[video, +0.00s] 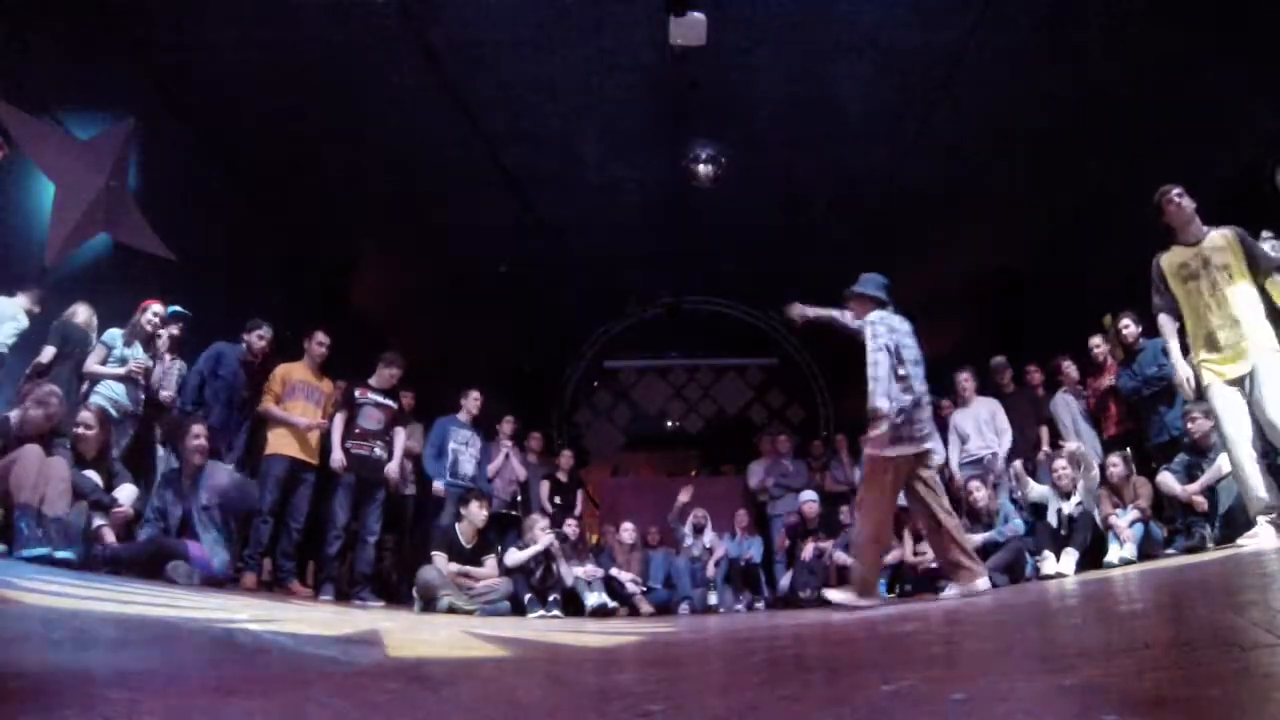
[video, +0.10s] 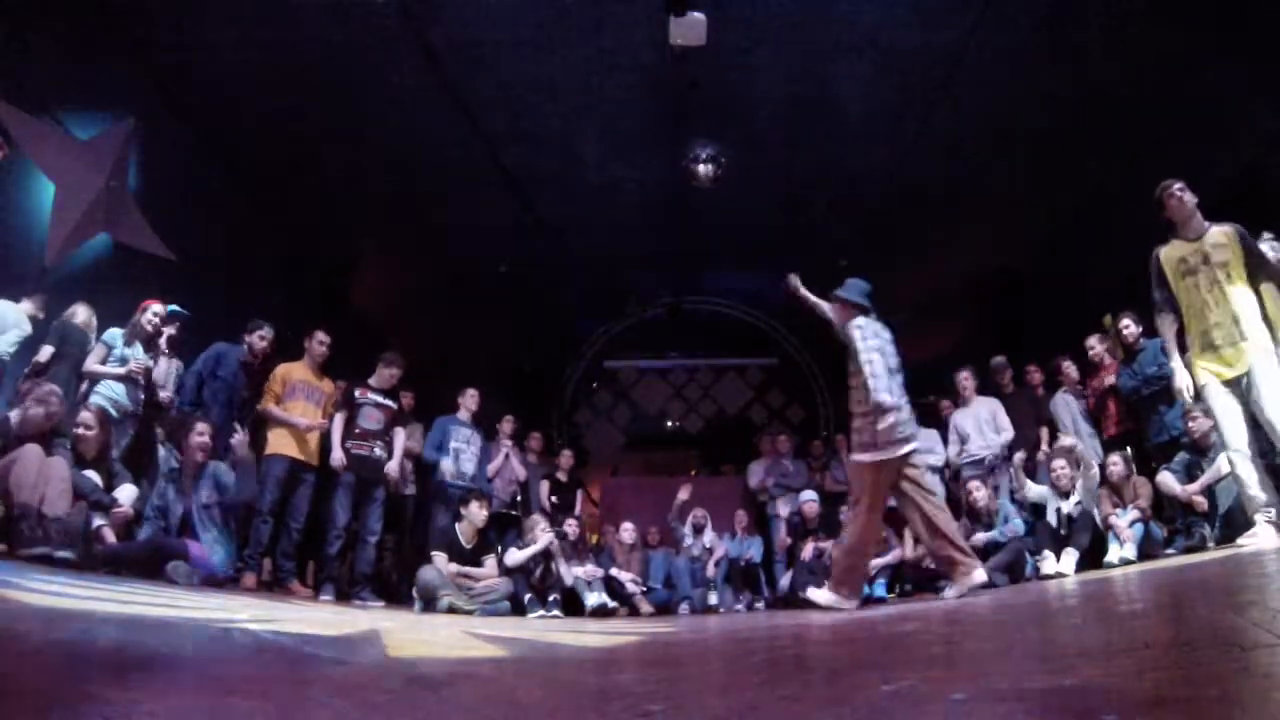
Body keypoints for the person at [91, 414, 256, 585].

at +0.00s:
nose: (203, 444)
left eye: (206, 438)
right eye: (196, 438)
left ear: (210, 444)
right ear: (181, 443)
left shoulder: (223, 477)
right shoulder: (168, 479)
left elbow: (259, 508)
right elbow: (153, 519)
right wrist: (146, 545)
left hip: (215, 554)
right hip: (175, 545)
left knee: (159, 544)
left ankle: (101, 555)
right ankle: (183, 576)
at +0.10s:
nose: (206, 442)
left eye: (209, 437)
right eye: (199, 435)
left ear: (213, 442)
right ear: (183, 441)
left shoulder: (218, 471)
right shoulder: (169, 477)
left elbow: (241, 498)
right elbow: (153, 517)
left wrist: (245, 460)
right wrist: (143, 545)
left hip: (214, 551)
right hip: (176, 545)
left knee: (159, 543)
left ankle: (100, 553)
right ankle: (185, 576)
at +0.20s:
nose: (207, 441)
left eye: (210, 437)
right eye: (200, 434)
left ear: (213, 444)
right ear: (184, 439)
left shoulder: (217, 477)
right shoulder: (169, 479)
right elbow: (154, 518)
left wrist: (242, 478)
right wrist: (141, 545)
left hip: (212, 552)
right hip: (174, 545)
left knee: (160, 544)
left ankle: (97, 554)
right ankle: (183, 576)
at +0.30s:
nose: (203, 444)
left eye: (207, 440)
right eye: (197, 438)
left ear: (211, 446)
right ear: (182, 443)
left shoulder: (215, 473)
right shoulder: (171, 478)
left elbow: (244, 489)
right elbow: (154, 518)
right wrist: (141, 545)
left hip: (210, 551)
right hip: (174, 543)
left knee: (161, 544)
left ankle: (99, 553)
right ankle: (183, 575)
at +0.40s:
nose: (199, 450)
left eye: (203, 444)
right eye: (192, 445)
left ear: (207, 448)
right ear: (179, 450)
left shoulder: (213, 477)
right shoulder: (169, 480)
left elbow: (240, 507)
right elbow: (154, 518)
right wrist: (141, 547)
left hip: (211, 553)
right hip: (178, 547)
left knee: (160, 545)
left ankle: (98, 553)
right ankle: (183, 576)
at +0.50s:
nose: (200, 452)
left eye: (203, 446)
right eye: (192, 447)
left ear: (207, 448)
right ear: (177, 452)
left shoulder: (213, 477)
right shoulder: (168, 481)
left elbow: (242, 507)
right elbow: (153, 520)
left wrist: (223, 547)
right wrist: (142, 549)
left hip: (211, 552)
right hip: (176, 546)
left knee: (159, 544)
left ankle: (93, 556)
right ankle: (186, 576)